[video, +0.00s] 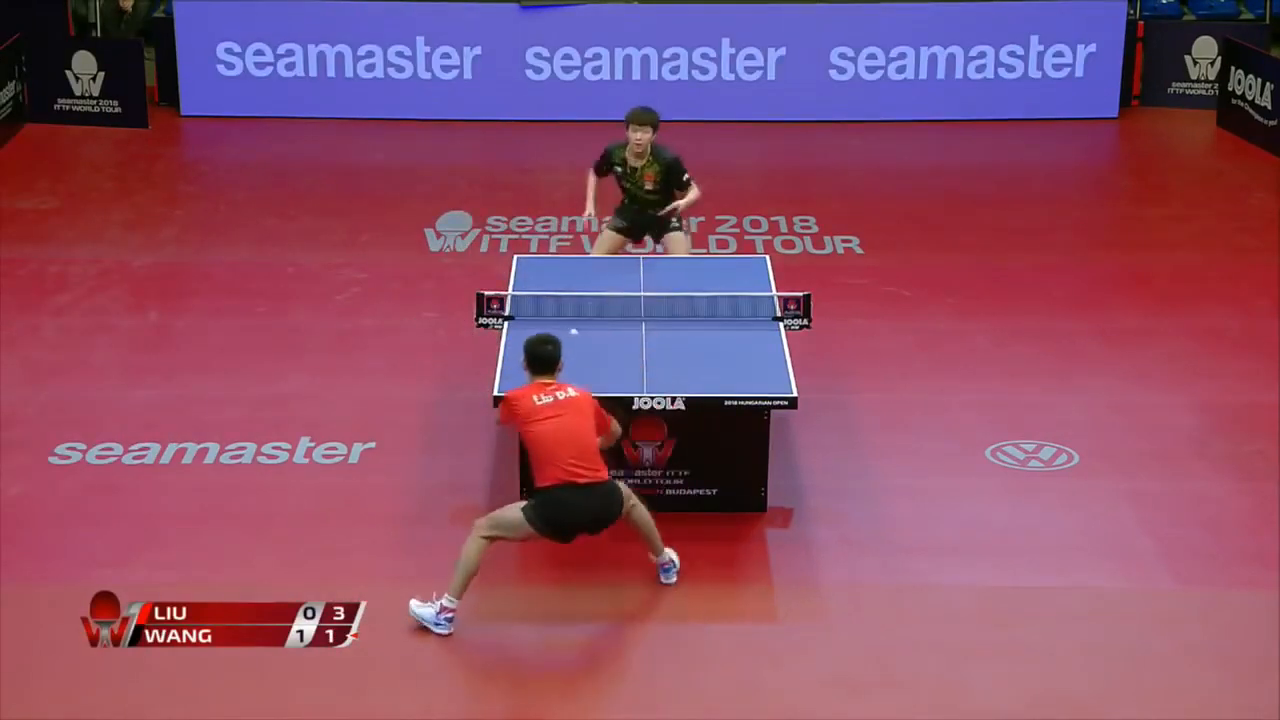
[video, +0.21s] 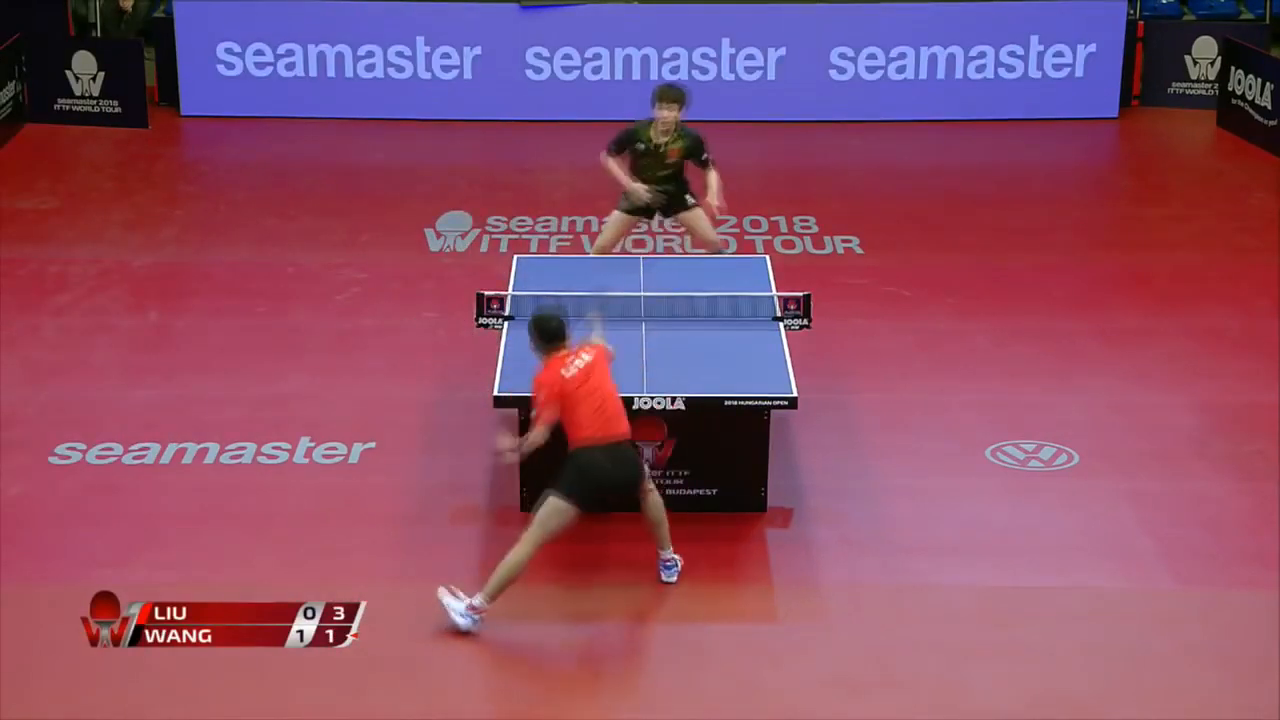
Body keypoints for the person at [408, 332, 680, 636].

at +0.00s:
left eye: (528, 361)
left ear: (526, 365)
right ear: (560, 365)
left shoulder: (514, 401)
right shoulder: (583, 397)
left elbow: (503, 421)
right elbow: (614, 431)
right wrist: (590, 447)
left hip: (555, 506)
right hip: (601, 502)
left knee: (484, 528)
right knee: (627, 497)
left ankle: (445, 609)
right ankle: (665, 560)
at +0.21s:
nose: (533, 346)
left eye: (533, 341)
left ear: (536, 344)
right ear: (567, 337)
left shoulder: (548, 377)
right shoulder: (594, 353)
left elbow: (542, 430)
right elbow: (602, 345)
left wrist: (519, 448)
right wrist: (597, 327)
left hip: (585, 463)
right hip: (624, 458)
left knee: (534, 536)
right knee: (647, 490)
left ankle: (475, 607)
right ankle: (668, 560)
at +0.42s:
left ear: (542, 304)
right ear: (574, 303)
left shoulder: (543, 340)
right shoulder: (596, 335)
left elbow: (536, 397)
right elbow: (616, 385)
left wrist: (524, 441)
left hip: (558, 443)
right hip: (598, 439)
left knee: (502, 505)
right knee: (603, 469)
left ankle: (489, 591)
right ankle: (624, 535)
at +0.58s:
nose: (561, 318)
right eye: (561, 314)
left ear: (528, 317)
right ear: (560, 319)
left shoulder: (515, 354)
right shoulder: (581, 359)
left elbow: (475, 378)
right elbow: (617, 398)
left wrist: (445, 376)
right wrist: (623, 384)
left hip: (532, 462)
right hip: (575, 460)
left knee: (467, 498)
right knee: (589, 481)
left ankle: (451, 585)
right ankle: (617, 543)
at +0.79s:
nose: (541, 342)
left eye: (535, 336)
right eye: (541, 338)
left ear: (506, 337)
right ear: (537, 341)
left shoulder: (479, 368)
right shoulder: (550, 377)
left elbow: (447, 415)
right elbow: (585, 414)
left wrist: (470, 428)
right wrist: (583, 397)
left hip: (477, 474)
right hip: (525, 478)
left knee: (428, 504)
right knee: (585, 510)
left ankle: (384, 572)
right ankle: (619, 593)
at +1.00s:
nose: (469, 335)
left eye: (459, 332)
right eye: (468, 332)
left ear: (433, 334)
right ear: (463, 335)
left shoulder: (413, 375)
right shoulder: (480, 369)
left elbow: (373, 418)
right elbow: (505, 372)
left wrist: (345, 424)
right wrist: (497, 360)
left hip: (425, 484)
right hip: (471, 485)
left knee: (378, 499)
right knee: (534, 538)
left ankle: (366, 583)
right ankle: (597, 594)